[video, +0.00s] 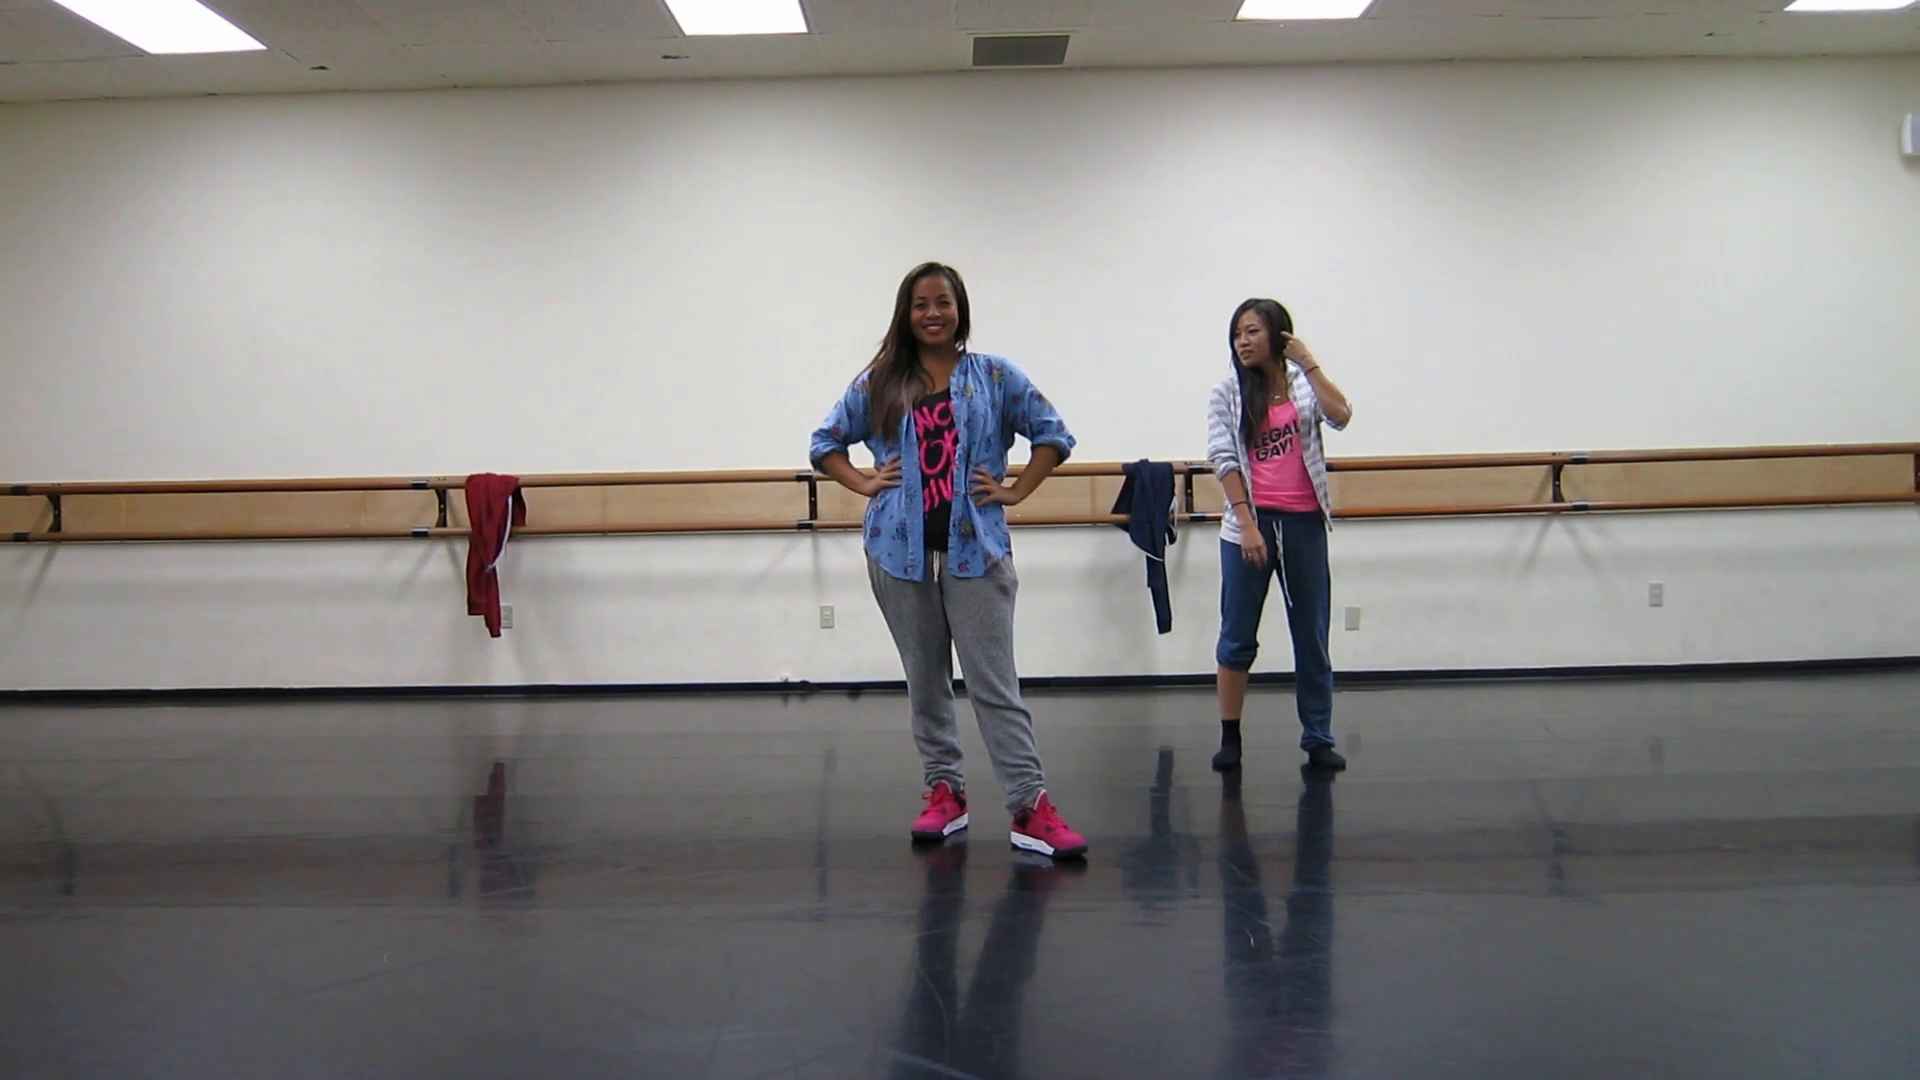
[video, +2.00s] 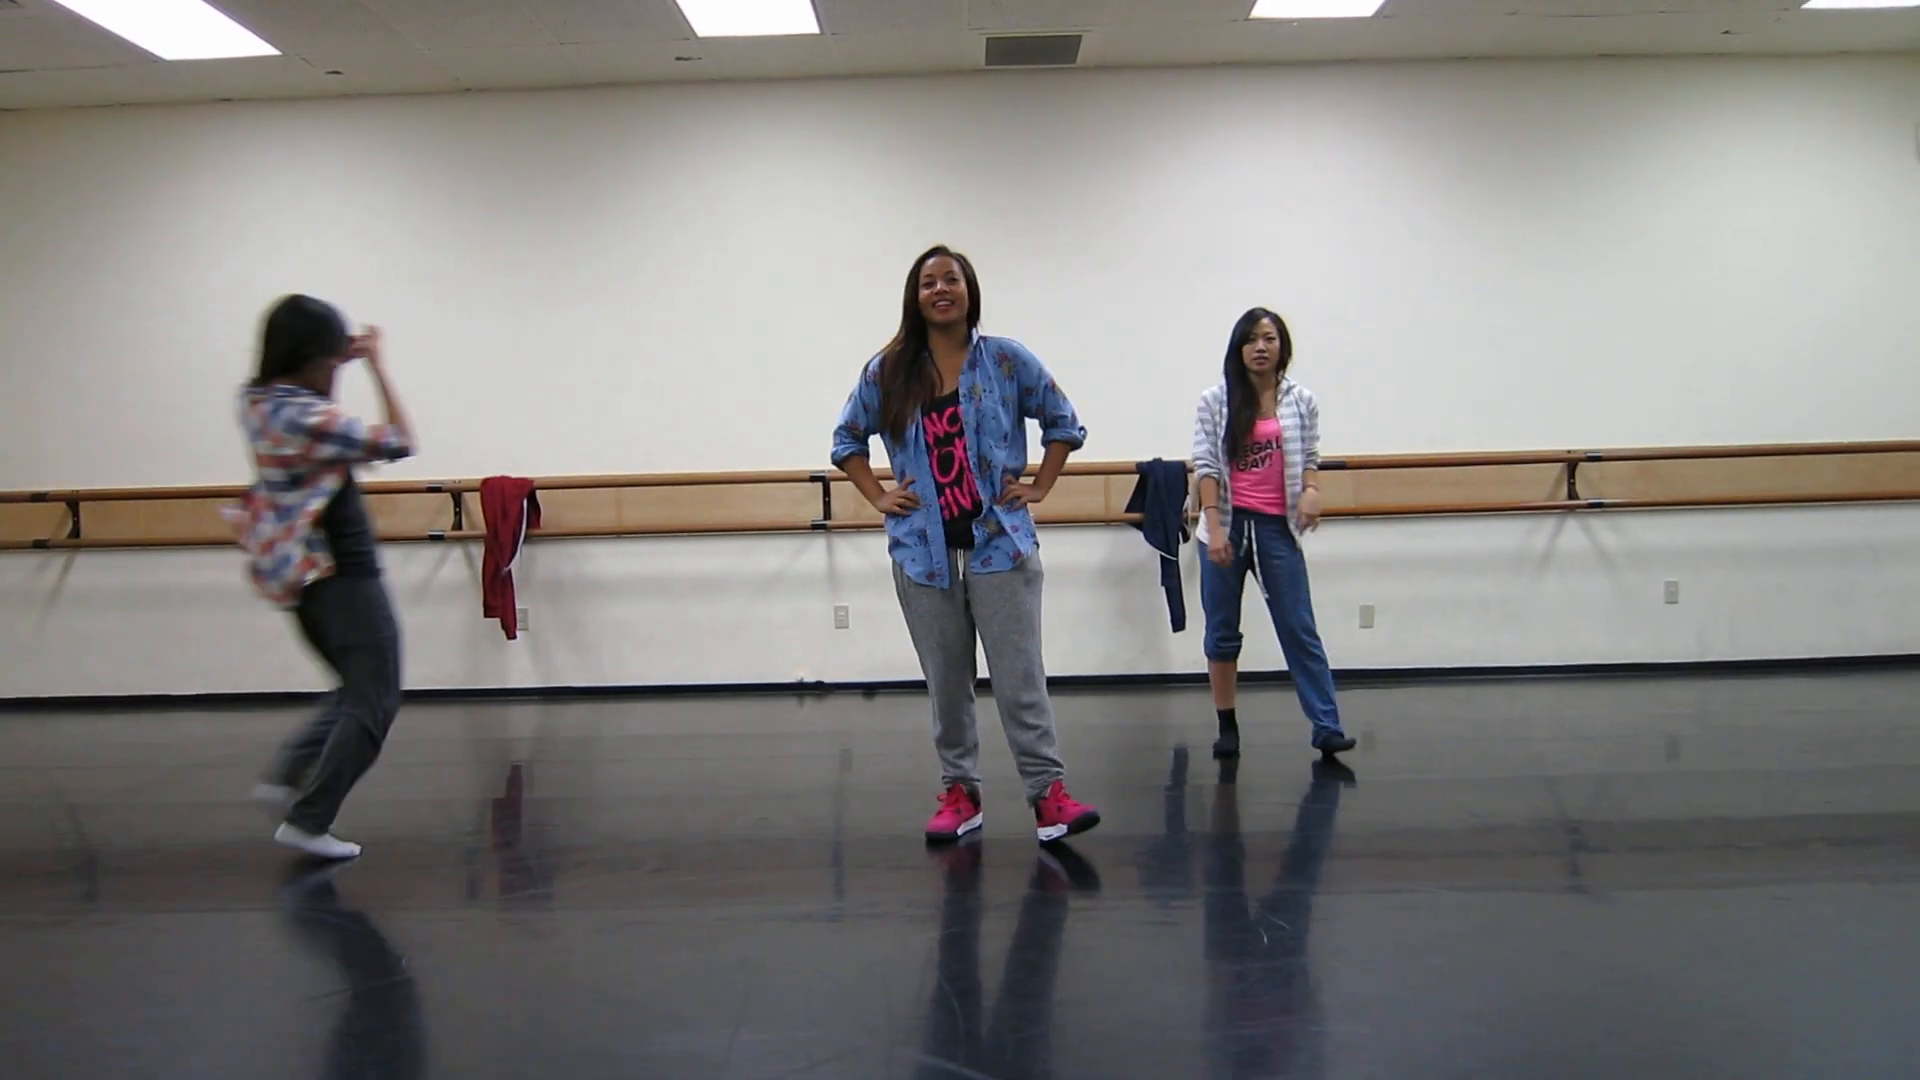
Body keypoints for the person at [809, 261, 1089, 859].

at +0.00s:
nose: (934, 312)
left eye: (944, 302)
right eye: (922, 304)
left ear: (962, 310)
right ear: (905, 314)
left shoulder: (995, 375)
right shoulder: (879, 384)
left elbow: (1054, 434)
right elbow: (823, 443)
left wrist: (1016, 490)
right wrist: (861, 481)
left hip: (975, 552)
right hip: (900, 555)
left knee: (995, 683)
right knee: (926, 682)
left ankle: (1030, 808)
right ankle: (944, 794)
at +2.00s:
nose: (941, 288)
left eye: (951, 279)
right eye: (930, 281)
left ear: (971, 291)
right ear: (914, 297)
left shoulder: (1006, 358)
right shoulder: (887, 371)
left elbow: (1063, 421)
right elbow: (844, 442)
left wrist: (1040, 485)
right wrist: (877, 494)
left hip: (1001, 540)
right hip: (923, 549)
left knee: (1020, 673)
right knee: (946, 680)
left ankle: (1048, 793)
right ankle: (959, 793)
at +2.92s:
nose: (977, 290)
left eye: (988, 280)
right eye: (965, 281)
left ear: (1007, 290)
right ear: (950, 293)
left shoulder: (1033, 365)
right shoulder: (921, 362)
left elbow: (1043, 459)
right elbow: (910, 453)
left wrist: (975, 498)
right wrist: (959, 521)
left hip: (1012, 549)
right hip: (935, 548)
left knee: (1015, 678)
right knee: (948, 677)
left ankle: (1040, 802)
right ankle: (961, 792)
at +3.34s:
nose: (1000, 295)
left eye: (1010, 285)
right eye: (988, 286)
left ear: (1028, 295)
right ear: (971, 297)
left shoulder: (1053, 361)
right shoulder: (946, 368)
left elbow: (1044, 440)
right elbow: (950, 454)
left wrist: (1013, 511)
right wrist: (983, 527)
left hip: (1048, 540)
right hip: (970, 543)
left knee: (1075, 671)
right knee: (985, 677)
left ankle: (1102, 802)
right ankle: (999, 792)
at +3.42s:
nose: (1003, 295)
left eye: (1013, 285)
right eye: (991, 286)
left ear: (1032, 295)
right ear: (974, 296)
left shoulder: (1058, 362)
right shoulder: (948, 370)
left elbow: (1069, 447)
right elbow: (936, 459)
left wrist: (1079, 523)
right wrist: (934, 537)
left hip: (1052, 541)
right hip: (975, 545)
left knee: (1074, 675)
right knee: (991, 677)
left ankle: (1096, 800)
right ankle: (1006, 791)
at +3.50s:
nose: (1003, 294)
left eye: (1015, 283)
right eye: (991, 285)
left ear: (1033, 293)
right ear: (975, 296)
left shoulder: (1062, 364)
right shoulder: (948, 371)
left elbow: (1101, 445)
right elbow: (912, 460)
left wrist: (1143, 516)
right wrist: (878, 540)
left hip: (1058, 546)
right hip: (979, 550)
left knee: (1066, 678)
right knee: (994, 678)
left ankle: (1087, 798)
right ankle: (1008, 791)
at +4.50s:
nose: (1075, 287)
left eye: (1085, 278)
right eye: (1062, 281)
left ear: (1104, 294)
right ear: (1045, 299)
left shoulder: (1131, 379)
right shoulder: (1012, 370)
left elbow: (1151, 475)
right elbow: (982, 463)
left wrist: (1161, 554)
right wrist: (964, 546)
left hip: (1105, 565)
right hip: (1024, 563)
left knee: (1110, 700)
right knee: (1020, 693)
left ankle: (1113, 826)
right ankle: (1005, 806)